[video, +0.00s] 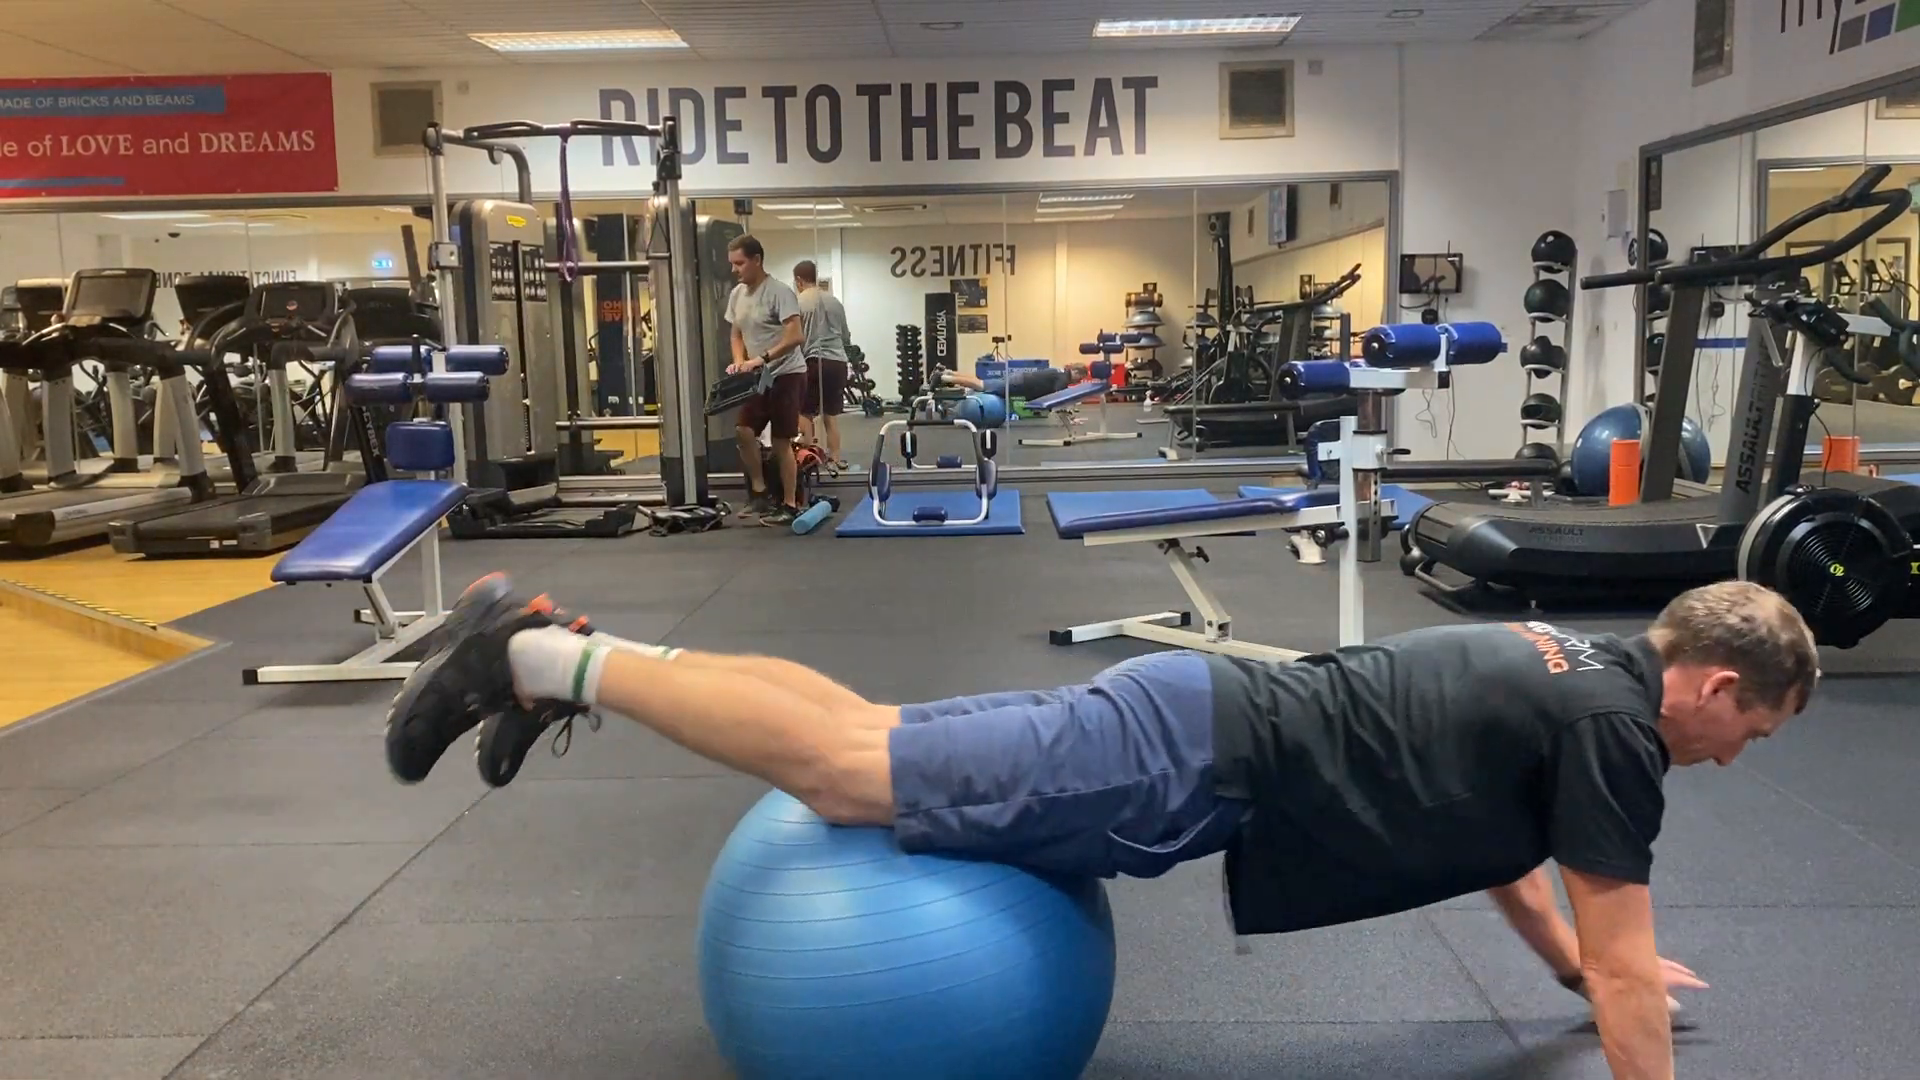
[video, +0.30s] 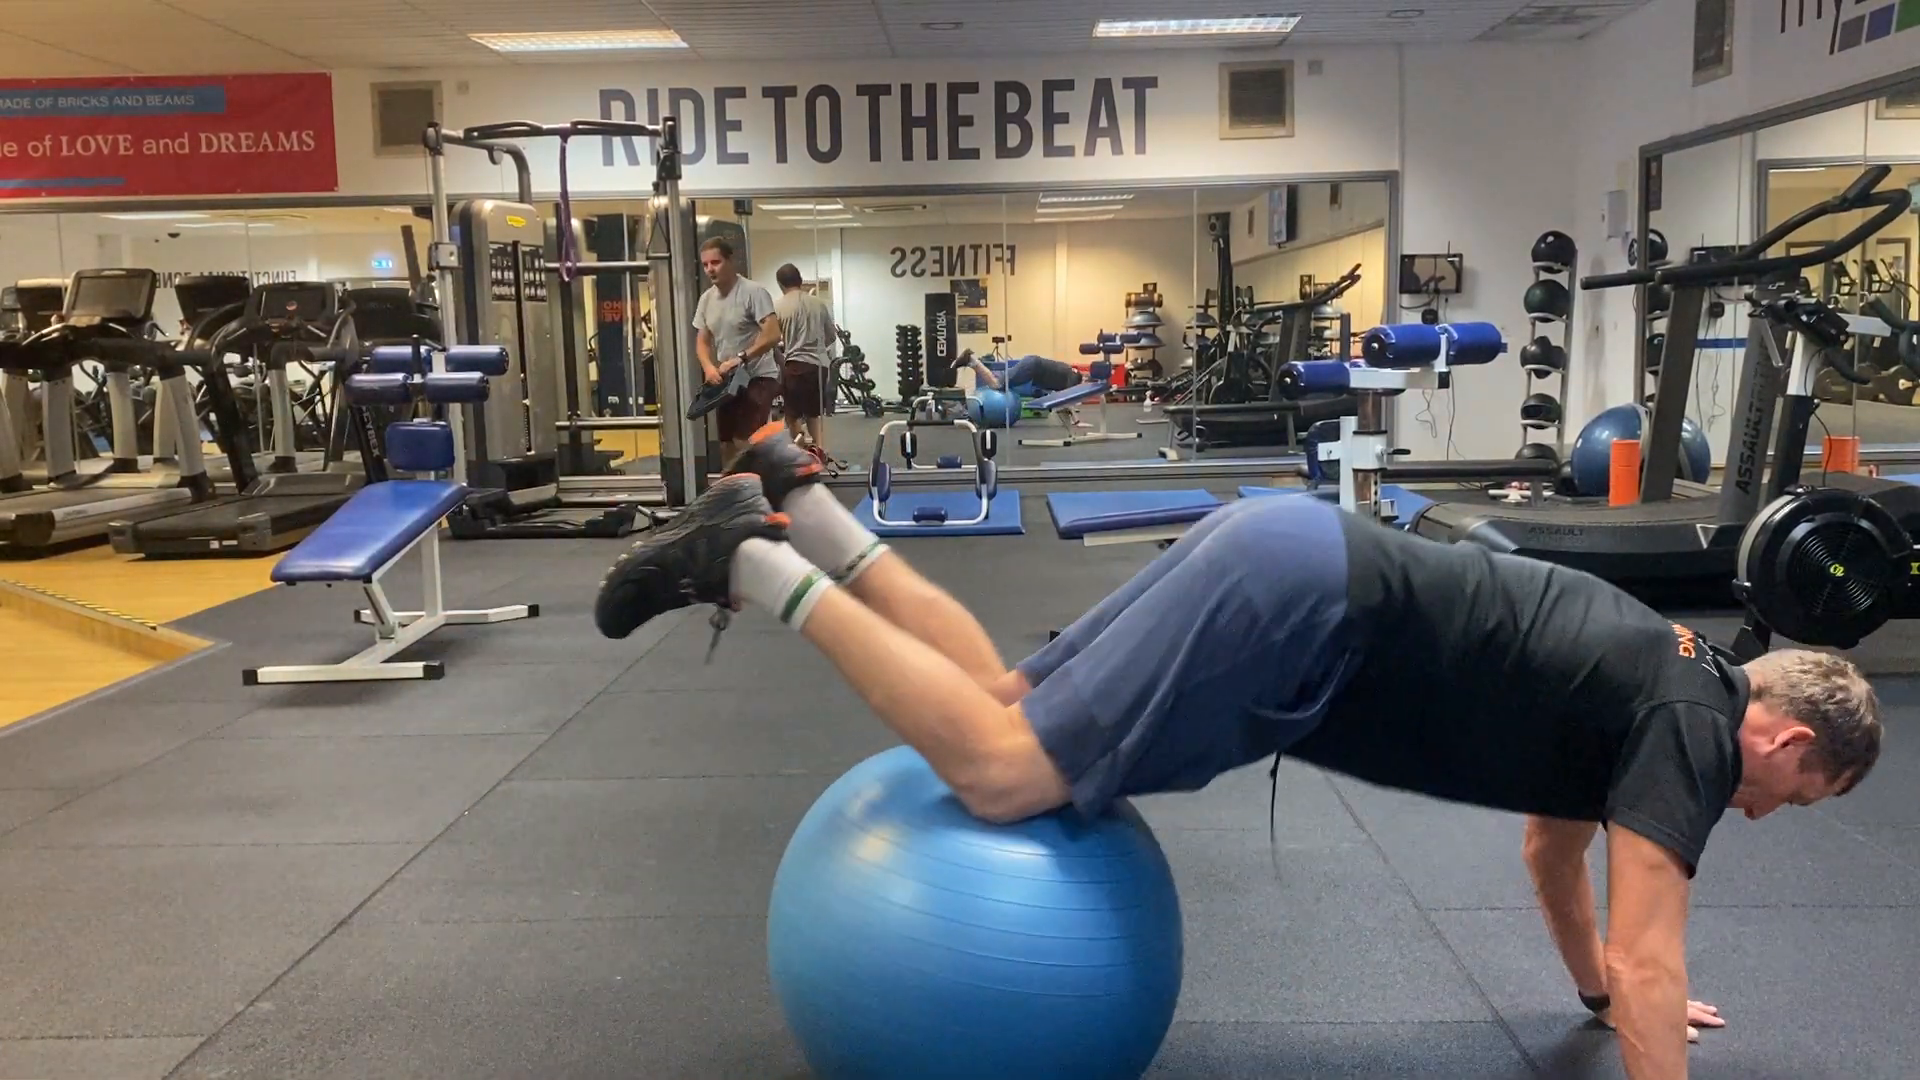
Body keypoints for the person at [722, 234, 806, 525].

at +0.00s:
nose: (734, 269)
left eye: (739, 263)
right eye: (732, 264)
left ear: (757, 260)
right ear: (736, 263)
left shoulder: (781, 291)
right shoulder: (737, 294)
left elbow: (795, 336)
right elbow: (736, 333)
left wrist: (763, 357)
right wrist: (738, 361)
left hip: (789, 373)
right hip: (759, 375)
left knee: (782, 442)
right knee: (744, 431)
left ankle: (789, 505)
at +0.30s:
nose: (710, 270)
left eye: (715, 263)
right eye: (706, 265)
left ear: (731, 261)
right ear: (703, 267)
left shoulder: (754, 292)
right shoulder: (707, 298)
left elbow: (772, 334)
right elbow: (702, 341)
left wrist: (739, 358)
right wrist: (708, 367)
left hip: (759, 375)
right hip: (727, 379)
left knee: (744, 439)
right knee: (727, 442)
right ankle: (732, 496)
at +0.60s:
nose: (690, 266)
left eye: (695, 260)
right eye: (685, 262)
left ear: (709, 259)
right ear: (682, 264)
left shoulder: (730, 290)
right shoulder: (683, 299)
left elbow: (746, 335)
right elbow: (685, 338)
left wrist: (713, 362)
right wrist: (686, 361)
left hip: (735, 375)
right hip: (706, 377)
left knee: (721, 443)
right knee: (718, 445)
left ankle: (714, 514)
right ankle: (739, 508)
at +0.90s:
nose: (662, 269)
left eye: (667, 261)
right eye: (657, 264)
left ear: (681, 260)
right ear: (653, 268)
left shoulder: (701, 291)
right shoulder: (661, 302)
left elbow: (710, 339)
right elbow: (670, 350)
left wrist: (681, 366)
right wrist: (664, 384)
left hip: (712, 378)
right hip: (685, 381)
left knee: (694, 449)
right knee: (685, 450)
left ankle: (696, 518)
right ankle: (726, 497)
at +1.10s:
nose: (634, 276)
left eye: (635, 268)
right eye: (630, 271)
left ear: (653, 260)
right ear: (650, 263)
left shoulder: (676, 287)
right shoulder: (661, 293)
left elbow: (682, 336)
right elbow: (671, 340)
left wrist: (657, 361)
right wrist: (661, 368)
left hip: (698, 378)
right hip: (679, 381)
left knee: (688, 450)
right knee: (657, 443)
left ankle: (696, 518)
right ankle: (697, 503)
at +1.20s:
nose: (624, 281)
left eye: (623, 274)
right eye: (621, 276)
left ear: (636, 264)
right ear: (637, 264)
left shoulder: (665, 286)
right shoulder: (658, 290)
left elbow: (665, 336)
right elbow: (674, 342)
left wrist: (638, 359)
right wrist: (656, 369)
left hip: (691, 376)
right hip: (675, 378)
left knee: (684, 451)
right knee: (654, 445)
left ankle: (695, 519)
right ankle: (666, 513)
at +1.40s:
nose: (613, 289)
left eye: (611, 283)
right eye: (611, 285)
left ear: (617, 272)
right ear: (628, 269)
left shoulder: (638, 288)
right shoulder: (652, 288)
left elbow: (627, 339)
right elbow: (667, 342)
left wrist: (600, 364)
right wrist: (646, 376)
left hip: (672, 379)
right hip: (670, 379)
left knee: (657, 453)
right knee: (648, 451)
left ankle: (691, 515)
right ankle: (650, 519)